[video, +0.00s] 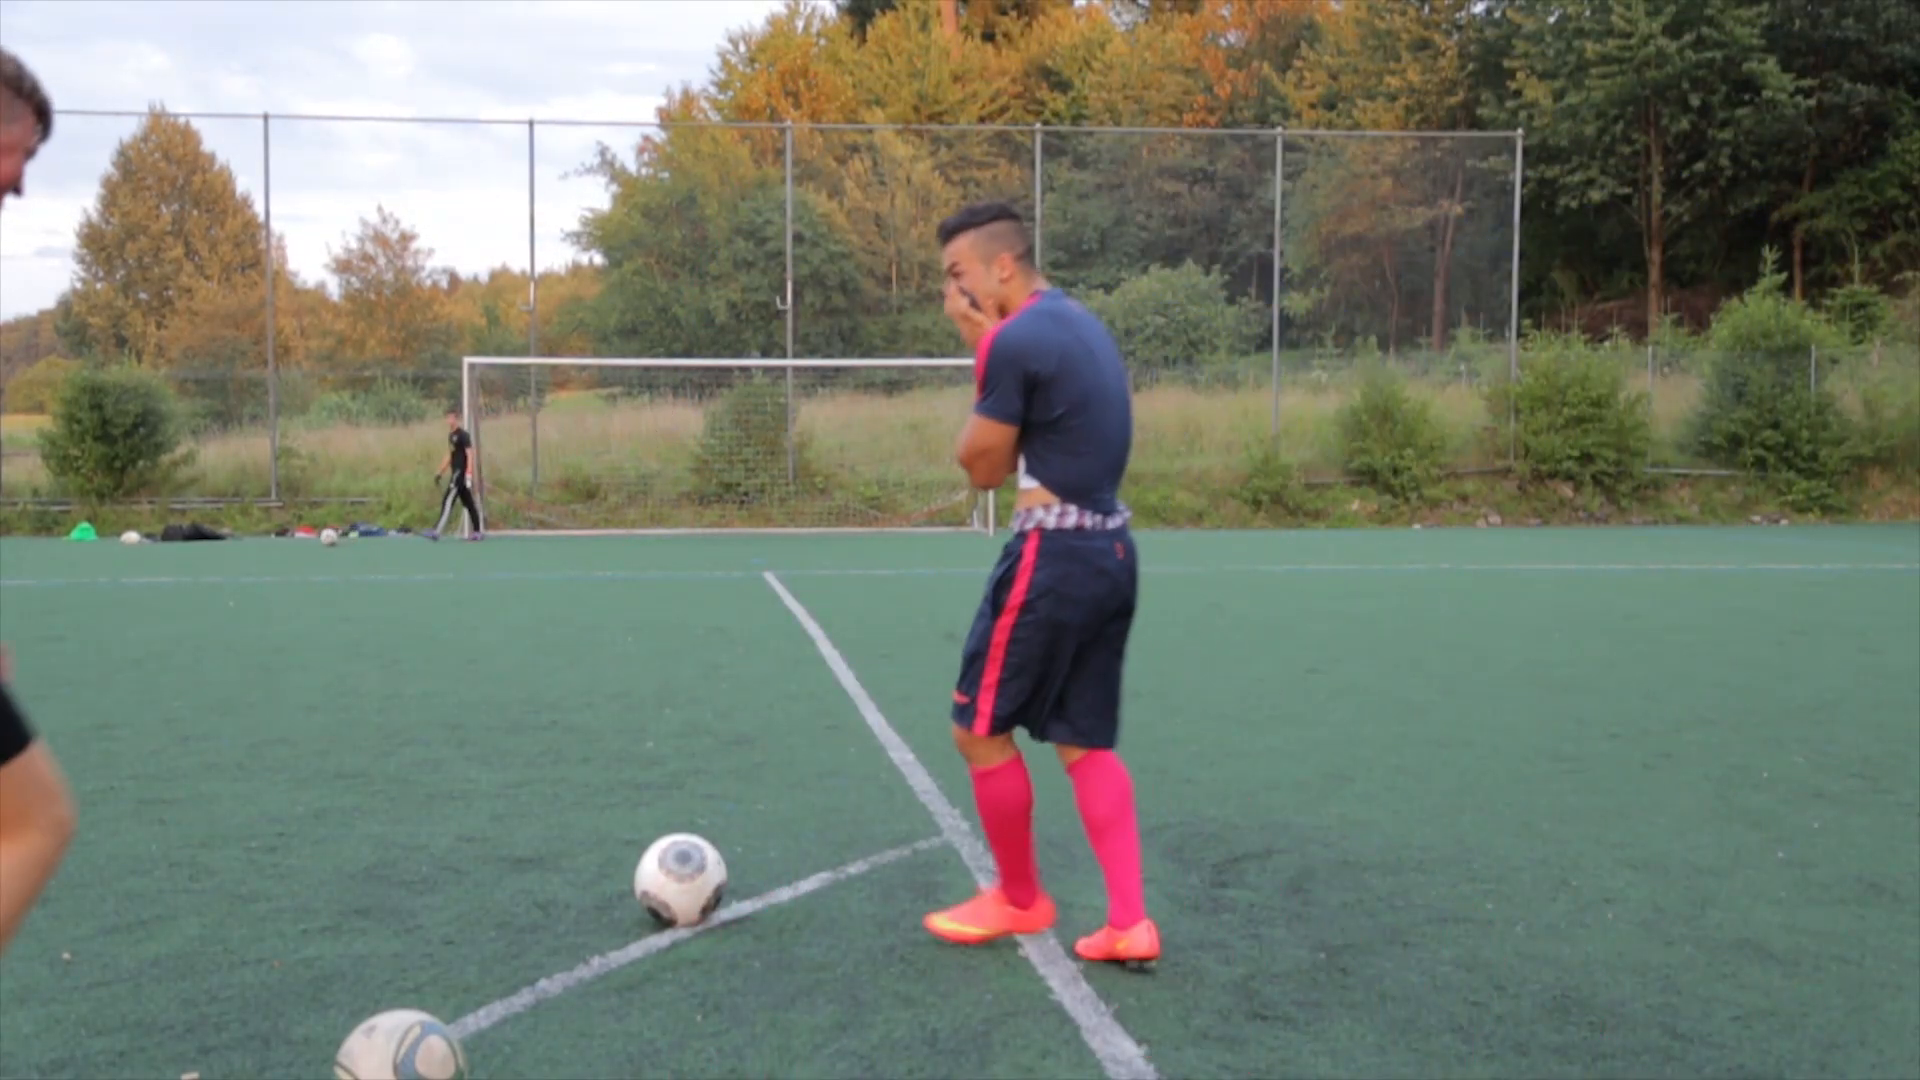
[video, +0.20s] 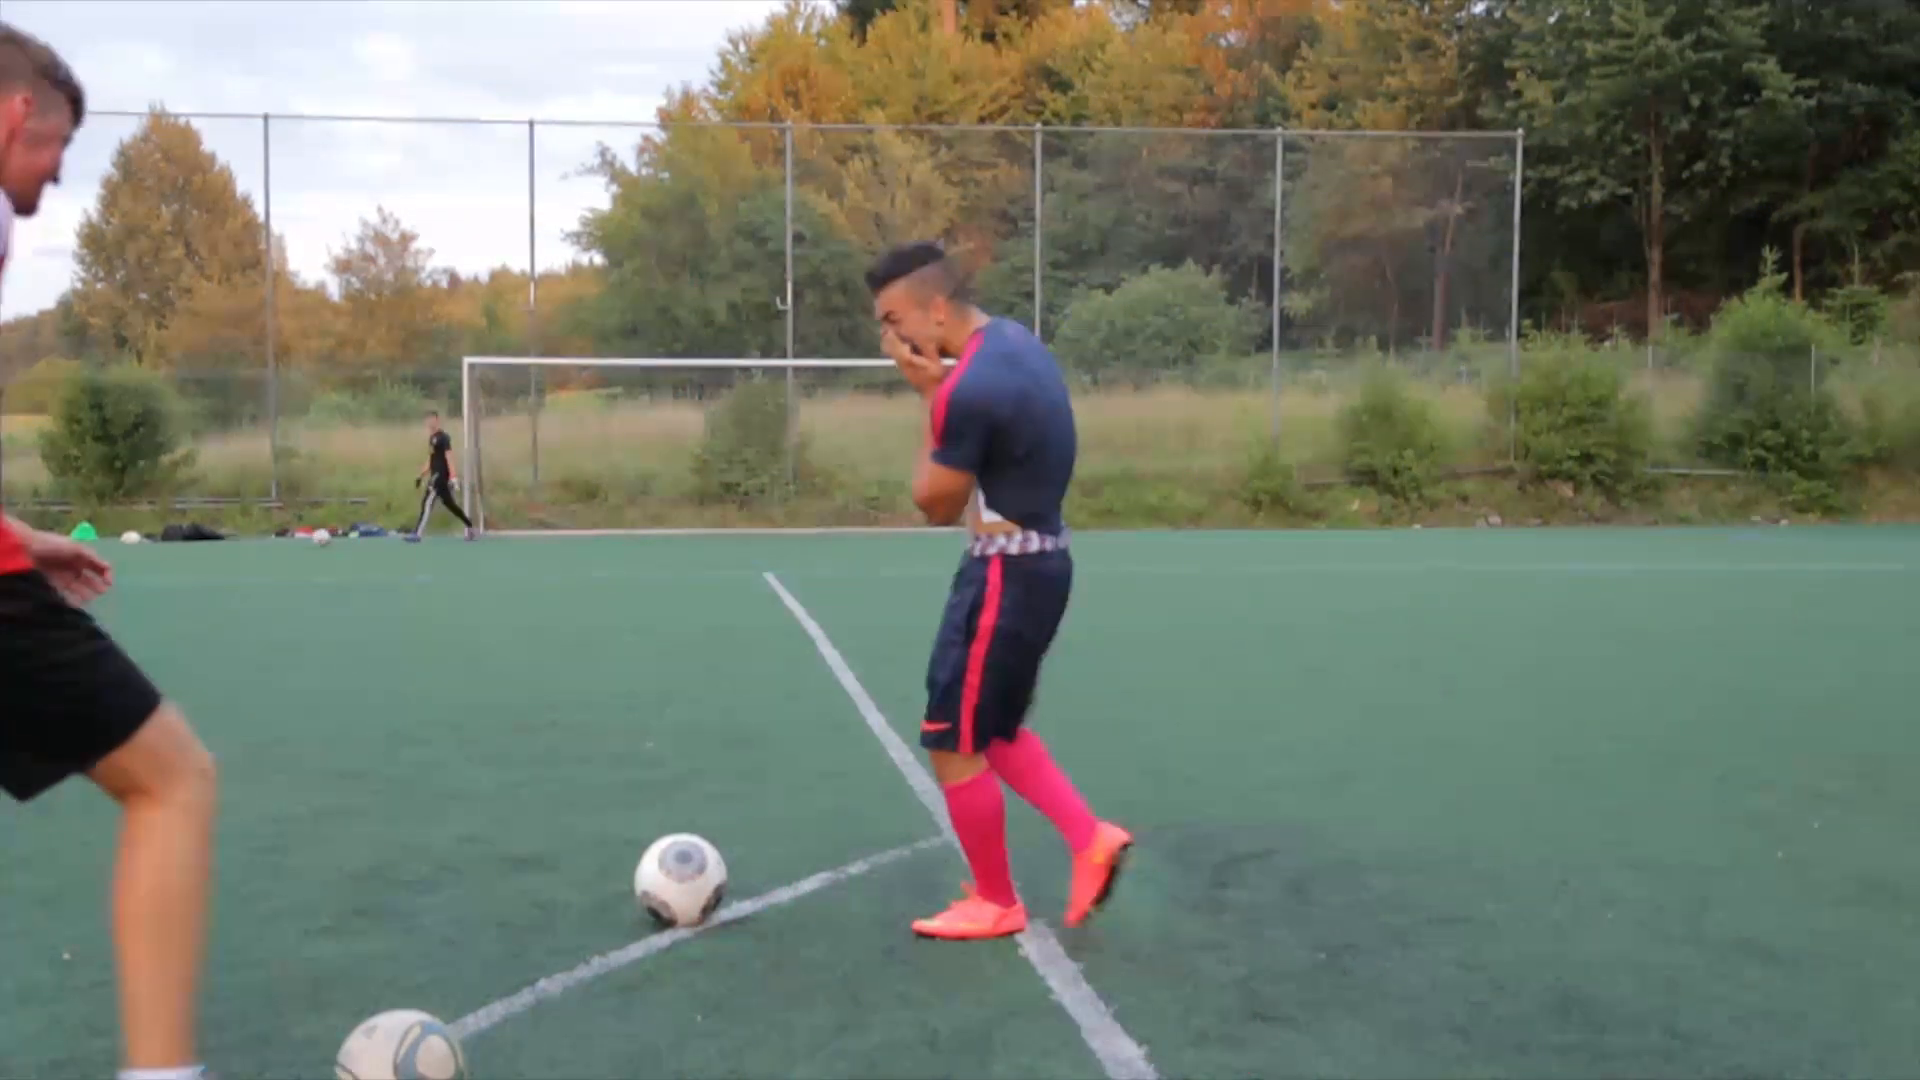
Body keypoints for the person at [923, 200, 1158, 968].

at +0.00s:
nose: (954, 291)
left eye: (960, 274)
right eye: (951, 277)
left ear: (1004, 266)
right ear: (1016, 271)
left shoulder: (1021, 338)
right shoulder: (1080, 323)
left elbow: (983, 466)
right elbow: (1042, 434)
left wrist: (985, 351)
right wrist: (987, 342)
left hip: (1049, 555)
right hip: (1108, 552)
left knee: (978, 725)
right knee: (1083, 734)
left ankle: (1019, 898)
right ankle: (1129, 919)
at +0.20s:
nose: (893, 339)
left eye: (895, 321)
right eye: (886, 325)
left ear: (938, 307)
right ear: (945, 308)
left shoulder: (975, 385)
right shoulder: (1012, 344)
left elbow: (937, 504)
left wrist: (935, 399)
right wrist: (939, 390)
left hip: (1005, 572)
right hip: (1035, 563)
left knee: (951, 743)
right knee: (997, 728)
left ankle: (996, 900)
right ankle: (1089, 837)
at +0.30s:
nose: (878, 327)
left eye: (882, 310)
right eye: (871, 315)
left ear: (922, 297)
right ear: (906, 305)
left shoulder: (969, 367)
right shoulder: (948, 345)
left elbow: (933, 488)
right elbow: (912, 457)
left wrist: (913, 383)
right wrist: (901, 376)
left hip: (999, 559)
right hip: (966, 551)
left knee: (961, 733)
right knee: (914, 708)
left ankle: (997, 897)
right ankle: (1021, 843)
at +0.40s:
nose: (856, 317)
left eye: (861, 299)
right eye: (846, 305)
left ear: (903, 288)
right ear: (860, 306)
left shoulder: (955, 352)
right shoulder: (905, 349)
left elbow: (918, 478)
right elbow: (879, 457)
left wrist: (891, 375)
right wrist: (875, 368)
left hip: (984, 552)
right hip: (931, 548)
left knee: (971, 726)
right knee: (890, 708)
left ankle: (999, 898)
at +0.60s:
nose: (826, 335)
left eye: (834, 316)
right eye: (810, 326)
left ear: (865, 300)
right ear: (799, 327)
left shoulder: (930, 357)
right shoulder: (809, 368)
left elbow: (913, 477)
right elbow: (828, 482)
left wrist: (864, 384)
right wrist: (832, 386)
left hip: (943, 550)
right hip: (875, 555)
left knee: (927, 733)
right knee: (843, 724)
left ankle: (985, 884)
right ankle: (845, 890)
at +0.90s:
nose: (823, 325)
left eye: (834, 308)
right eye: (805, 312)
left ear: (857, 288)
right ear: (785, 301)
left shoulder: (909, 351)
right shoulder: (763, 354)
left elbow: (901, 475)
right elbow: (781, 473)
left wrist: (854, 378)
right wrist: (814, 378)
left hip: (905, 553)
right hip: (821, 564)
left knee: (913, 717)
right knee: (823, 736)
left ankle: (874, 899)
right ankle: (839, 890)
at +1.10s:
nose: (844, 342)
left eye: (859, 325)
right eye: (827, 326)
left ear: (884, 306)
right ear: (804, 311)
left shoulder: (922, 374)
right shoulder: (775, 356)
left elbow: (898, 498)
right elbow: (777, 479)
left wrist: (865, 399)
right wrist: (826, 393)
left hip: (889, 571)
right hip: (803, 572)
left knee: (869, 747)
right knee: (800, 743)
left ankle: (846, 932)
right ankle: (827, 880)